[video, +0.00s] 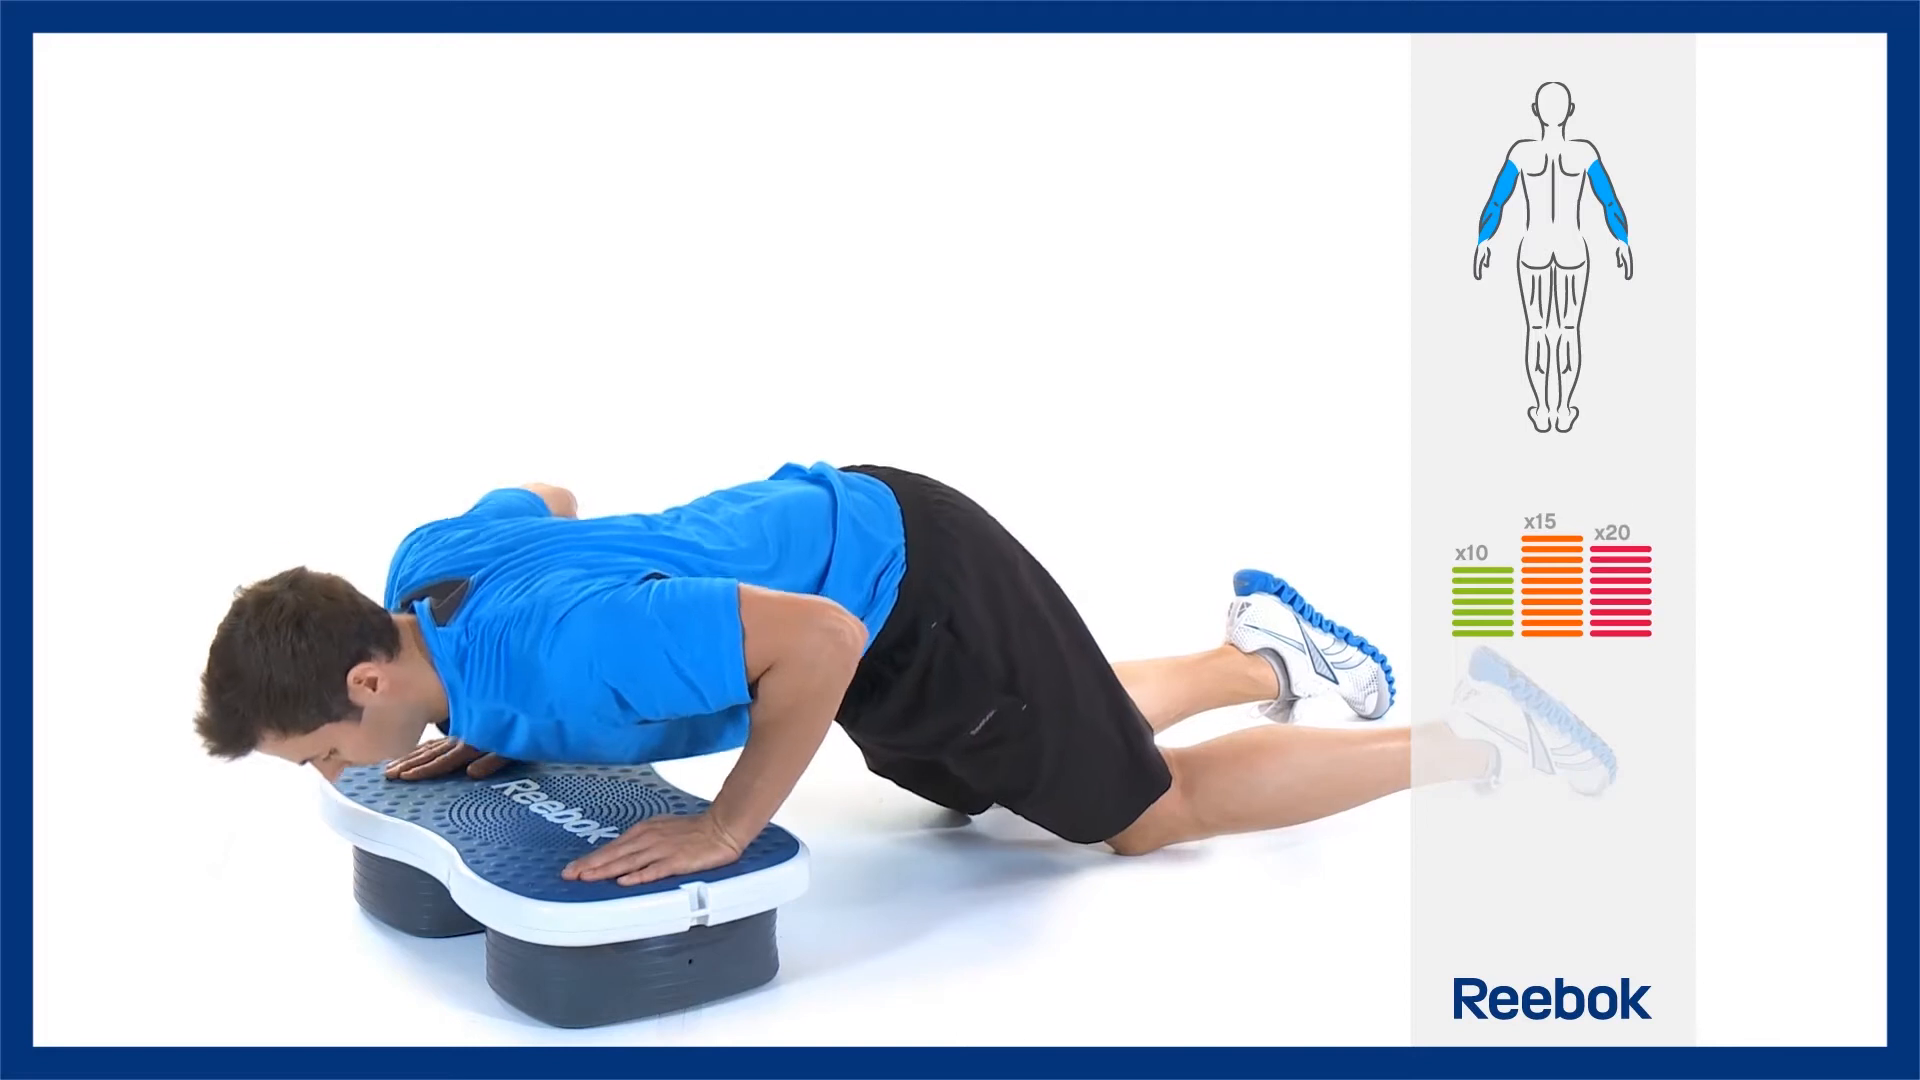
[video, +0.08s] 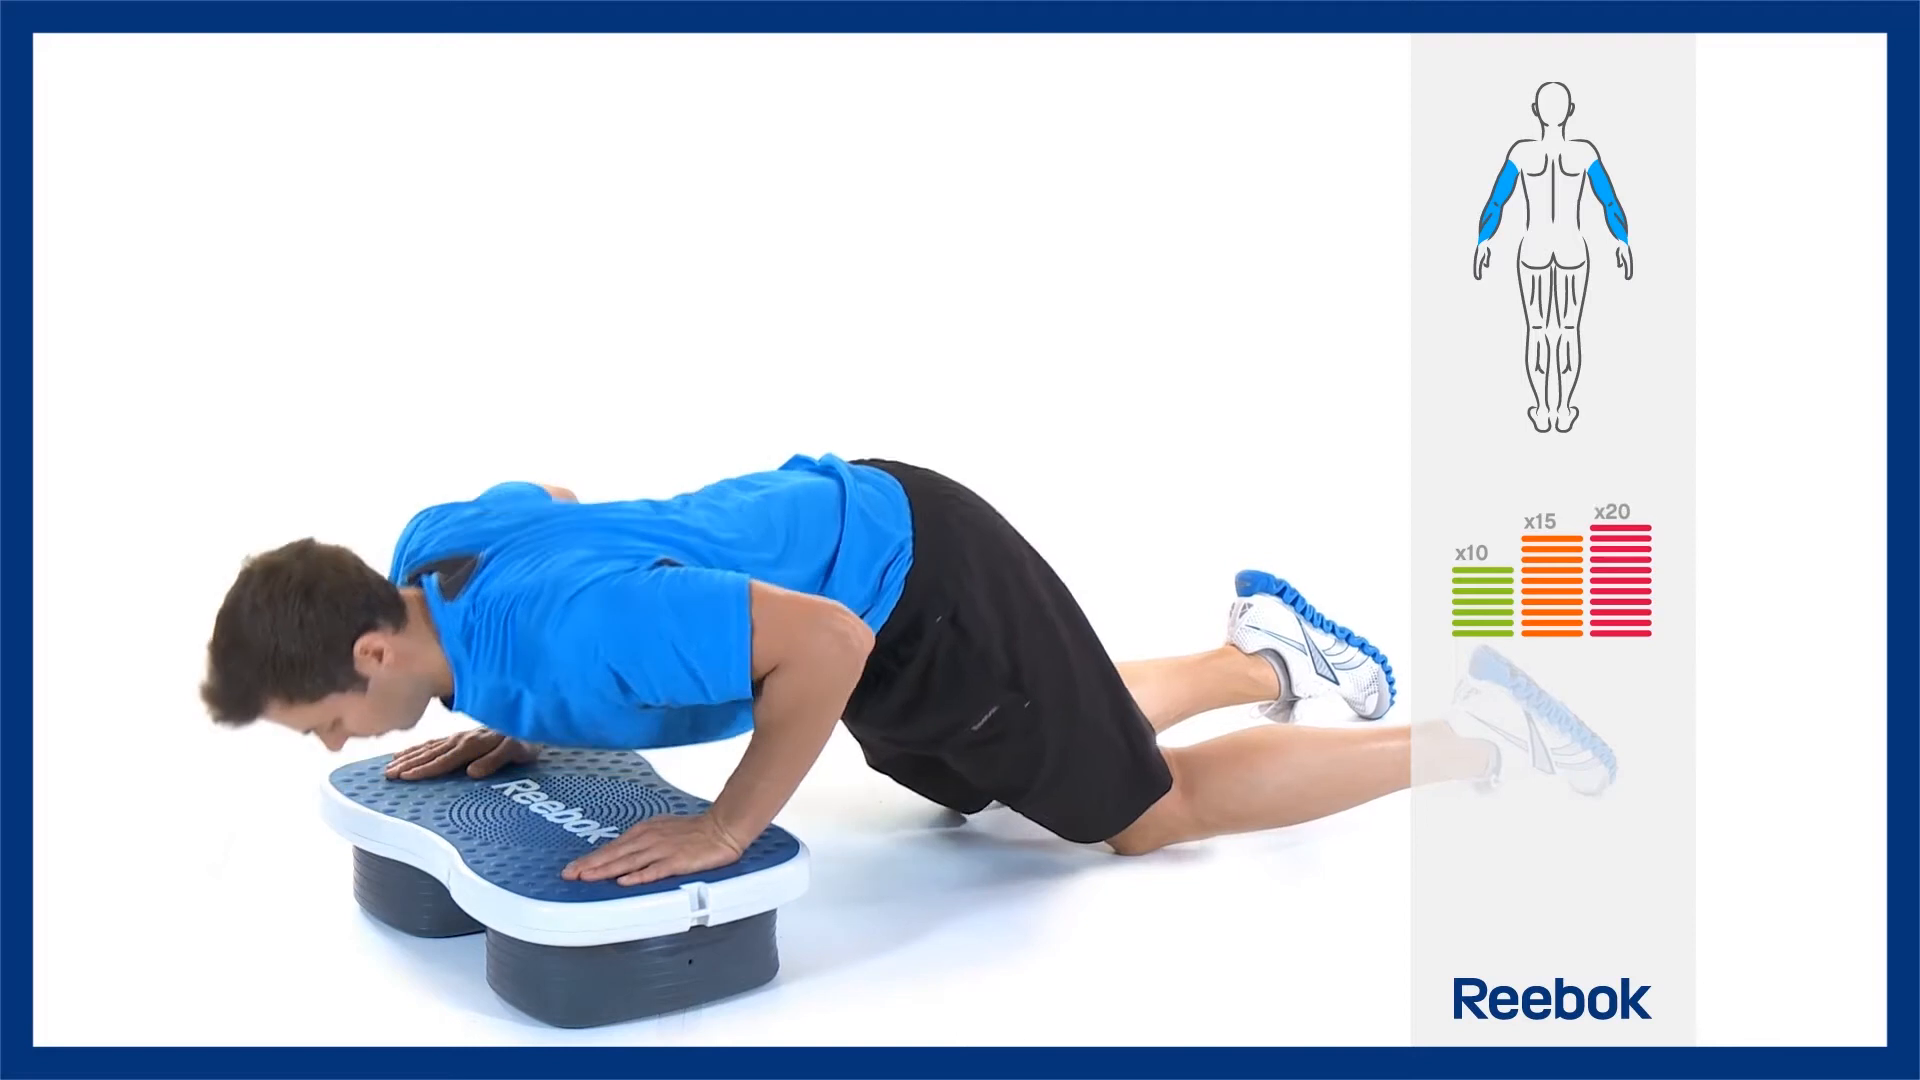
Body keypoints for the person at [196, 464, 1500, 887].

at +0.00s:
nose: (331, 778)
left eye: (317, 758)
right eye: (303, 767)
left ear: (367, 691)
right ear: (359, 664)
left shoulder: (578, 657)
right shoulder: (421, 586)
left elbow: (819, 640)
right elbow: (551, 499)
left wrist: (729, 826)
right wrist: (494, 691)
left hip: (918, 586)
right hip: (836, 629)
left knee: (1147, 809)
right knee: (1032, 758)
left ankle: (1472, 747)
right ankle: (1258, 658)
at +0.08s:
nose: (342, 741)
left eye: (327, 723)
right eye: (319, 733)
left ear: (357, 661)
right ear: (357, 624)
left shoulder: (559, 626)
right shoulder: (438, 557)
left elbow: (825, 641)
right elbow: (550, 525)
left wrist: (728, 827)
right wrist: (504, 719)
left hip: (924, 591)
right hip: (851, 602)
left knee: (1152, 809)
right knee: (1026, 754)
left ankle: (1471, 746)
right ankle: (1258, 662)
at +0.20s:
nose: (350, 674)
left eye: (336, 653)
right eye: (327, 662)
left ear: (379, 587)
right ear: (373, 561)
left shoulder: (579, 589)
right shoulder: (452, 504)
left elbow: (828, 647)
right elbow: (536, 592)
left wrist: (733, 824)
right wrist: (522, 714)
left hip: (937, 580)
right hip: (856, 583)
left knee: (1152, 808)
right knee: (1018, 751)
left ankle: (1464, 748)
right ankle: (1261, 662)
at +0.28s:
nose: (366, 618)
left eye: (349, 596)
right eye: (338, 604)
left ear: (397, 534)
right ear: (392, 507)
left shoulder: (599, 541)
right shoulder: (474, 469)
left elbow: (833, 644)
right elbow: (537, 586)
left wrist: (733, 821)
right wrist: (524, 717)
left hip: (951, 566)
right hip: (865, 590)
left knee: (1151, 808)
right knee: (1009, 763)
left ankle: (1458, 746)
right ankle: (1261, 660)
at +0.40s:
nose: (390, 518)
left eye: (388, 491)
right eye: (369, 502)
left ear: (455, 430)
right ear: (440, 431)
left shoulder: (634, 462)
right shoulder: (516, 430)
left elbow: (831, 638)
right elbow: (553, 554)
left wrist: (735, 820)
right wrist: (524, 716)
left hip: (978, 539)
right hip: (885, 583)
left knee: (1137, 805)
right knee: (1001, 762)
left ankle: (1466, 745)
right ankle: (1264, 657)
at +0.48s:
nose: (419, 457)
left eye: (416, 428)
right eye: (400, 437)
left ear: (486, 361)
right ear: (461, 370)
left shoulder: (665, 426)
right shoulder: (538, 395)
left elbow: (830, 631)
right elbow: (560, 531)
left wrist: (732, 821)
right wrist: (520, 716)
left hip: (994, 527)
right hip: (889, 580)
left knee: (1148, 810)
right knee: (1022, 768)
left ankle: (1469, 745)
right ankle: (1267, 662)